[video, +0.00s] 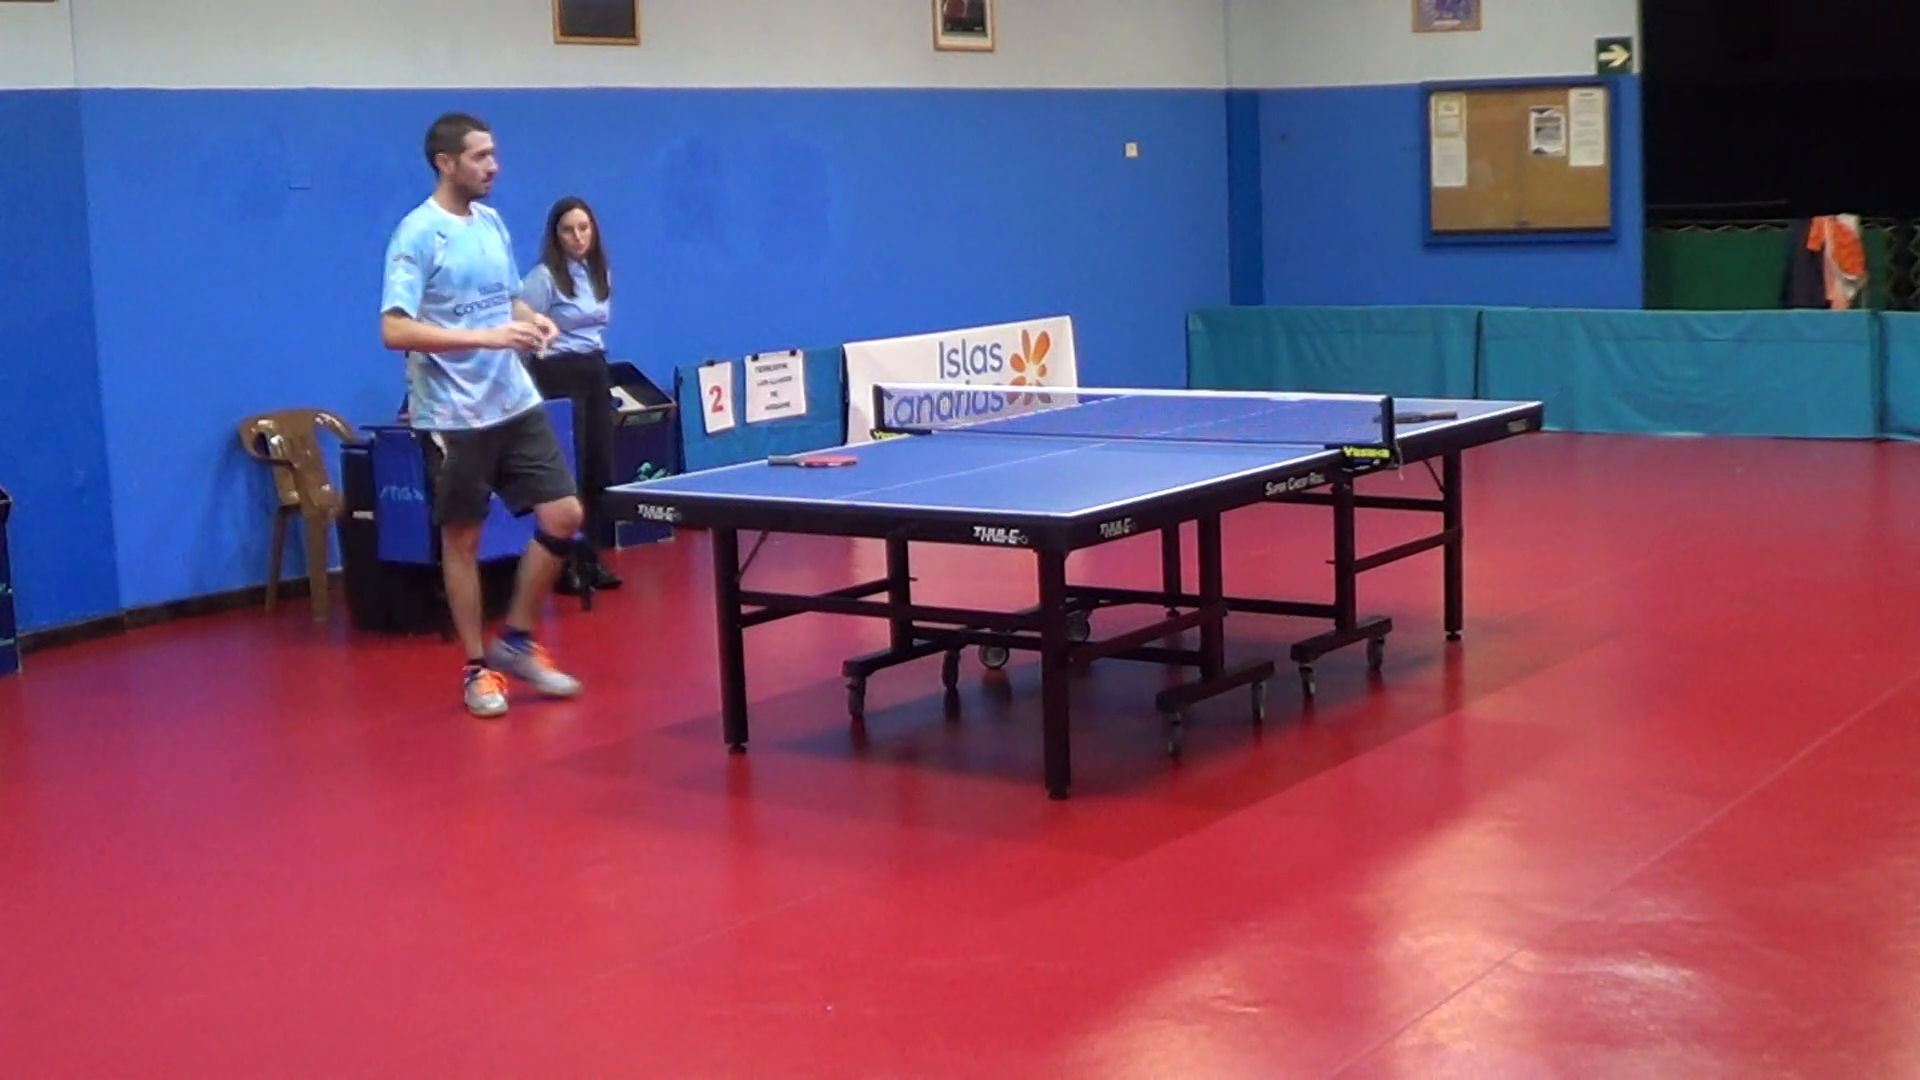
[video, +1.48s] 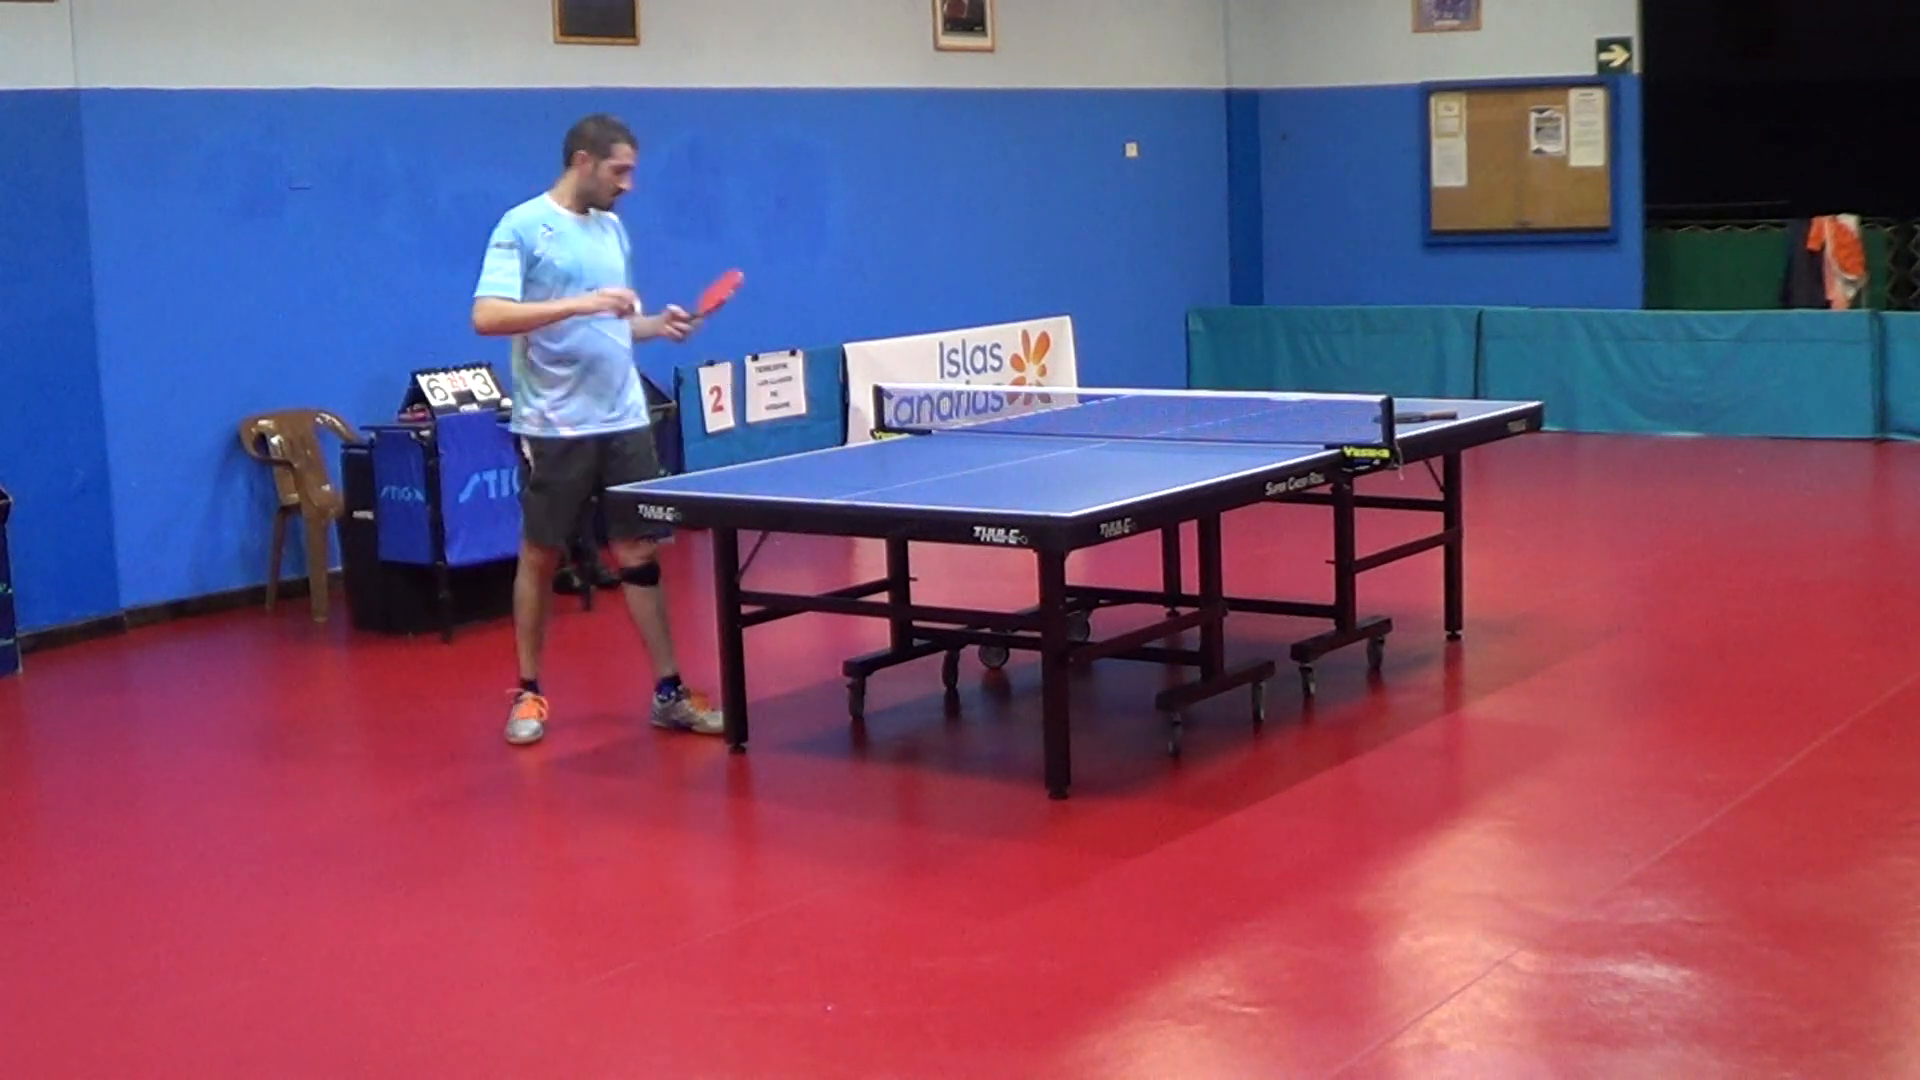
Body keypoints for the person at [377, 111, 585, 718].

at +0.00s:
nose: (492, 165)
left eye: (493, 155)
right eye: (481, 156)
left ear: (483, 161)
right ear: (444, 163)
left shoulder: (491, 221)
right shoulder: (415, 234)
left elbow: (504, 298)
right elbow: (395, 330)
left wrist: (527, 319)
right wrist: (488, 338)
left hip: (514, 403)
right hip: (454, 417)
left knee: (563, 516)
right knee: (462, 538)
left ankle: (517, 641)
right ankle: (476, 668)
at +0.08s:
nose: (511, 167)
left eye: (512, 156)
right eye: (500, 157)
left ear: (496, 162)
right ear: (464, 163)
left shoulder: (509, 224)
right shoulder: (430, 235)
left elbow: (520, 309)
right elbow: (408, 330)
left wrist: (550, 328)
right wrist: (500, 334)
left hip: (530, 407)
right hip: (466, 421)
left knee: (575, 522)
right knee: (469, 541)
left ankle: (575, 664)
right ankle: (479, 669)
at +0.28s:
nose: (569, 181)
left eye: (570, 170)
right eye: (558, 171)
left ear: (557, 173)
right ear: (520, 172)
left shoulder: (570, 237)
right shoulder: (479, 243)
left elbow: (585, 322)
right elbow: (441, 338)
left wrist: (623, 349)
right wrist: (526, 354)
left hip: (579, 424)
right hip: (507, 433)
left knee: (613, 542)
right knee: (497, 548)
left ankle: (659, 678)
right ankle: (485, 669)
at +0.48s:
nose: (637, 182)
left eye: (640, 171)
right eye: (627, 170)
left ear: (617, 171)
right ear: (589, 167)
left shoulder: (637, 237)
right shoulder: (532, 235)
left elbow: (660, 329)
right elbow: (479, 322)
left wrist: (706, 394)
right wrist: (534, 366)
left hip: (639, 422)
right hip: (562, 430)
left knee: (665, 543)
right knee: (545, 557)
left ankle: (672, 691)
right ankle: (502, 652)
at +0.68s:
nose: (686, 185)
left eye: (690, 174)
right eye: (679, 172)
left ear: (673, 169)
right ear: (641, 161)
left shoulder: (682, 232)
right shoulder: (572, 218)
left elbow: (705, 327)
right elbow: (504, 289)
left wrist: (747, 410)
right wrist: (546, 340)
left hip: (665, 417)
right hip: (589, 415)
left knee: (668, 548)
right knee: (582, 551)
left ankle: (673, 690)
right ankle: (582, 656)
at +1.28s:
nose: (681, 185)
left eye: (686, 173)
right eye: (676, 171)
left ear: (661, 167)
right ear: (639, 159)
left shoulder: (668, 232)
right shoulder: (569, 216)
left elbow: (677, 325)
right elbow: (496, 293)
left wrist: (725, 361)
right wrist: (564, 327)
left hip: (659, 417)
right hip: (587, 416)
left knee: (660, 550)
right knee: (571, 552)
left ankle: (672, 692)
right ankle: (533, 685)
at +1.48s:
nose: (627, 183)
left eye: (631, 172)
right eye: (620, 170)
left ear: (599, 168)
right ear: (582, 163)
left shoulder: (611, 229)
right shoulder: (521, 226)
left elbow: (603, 328)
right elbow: (487, 316)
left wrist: (659, 324)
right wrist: (582, 304)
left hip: (623, 419)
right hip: (553, 427)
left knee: (640, 553)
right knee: (539, 558)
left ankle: (670, 693)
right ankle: (529, 692)